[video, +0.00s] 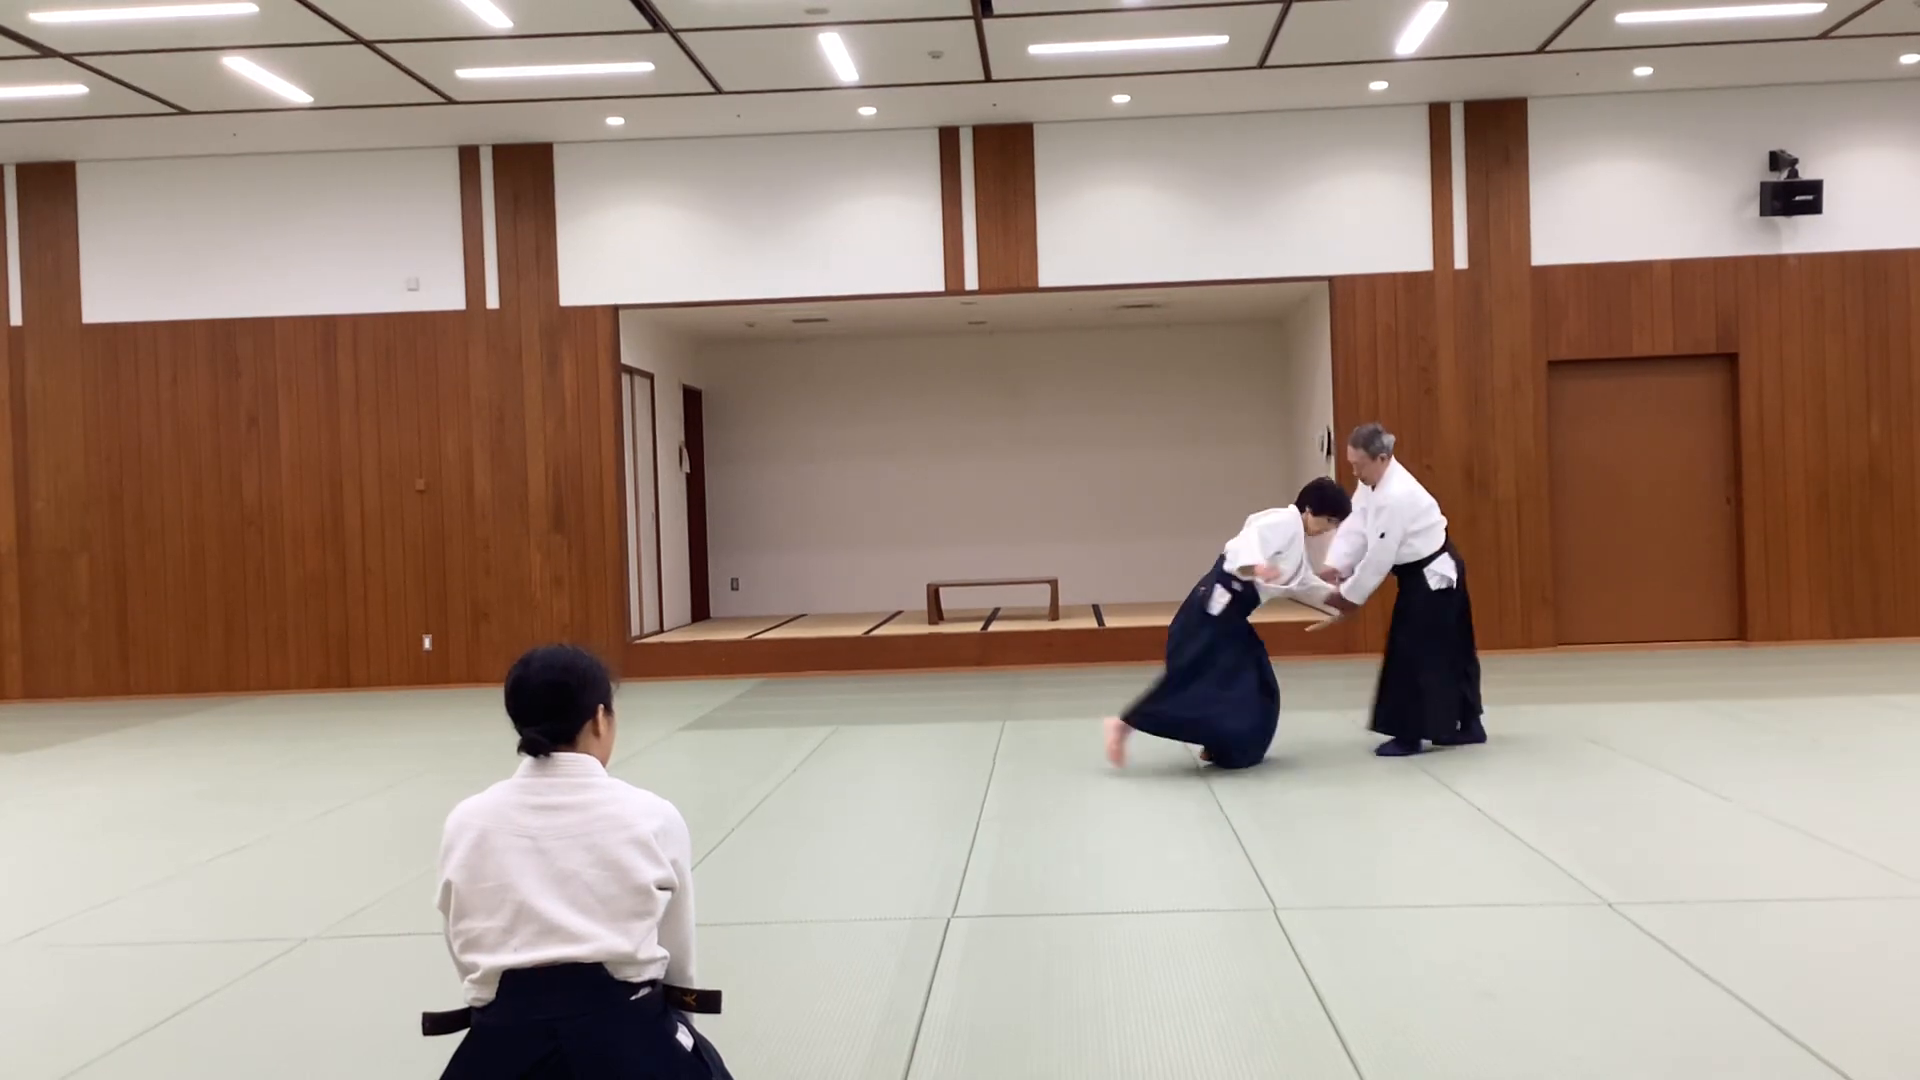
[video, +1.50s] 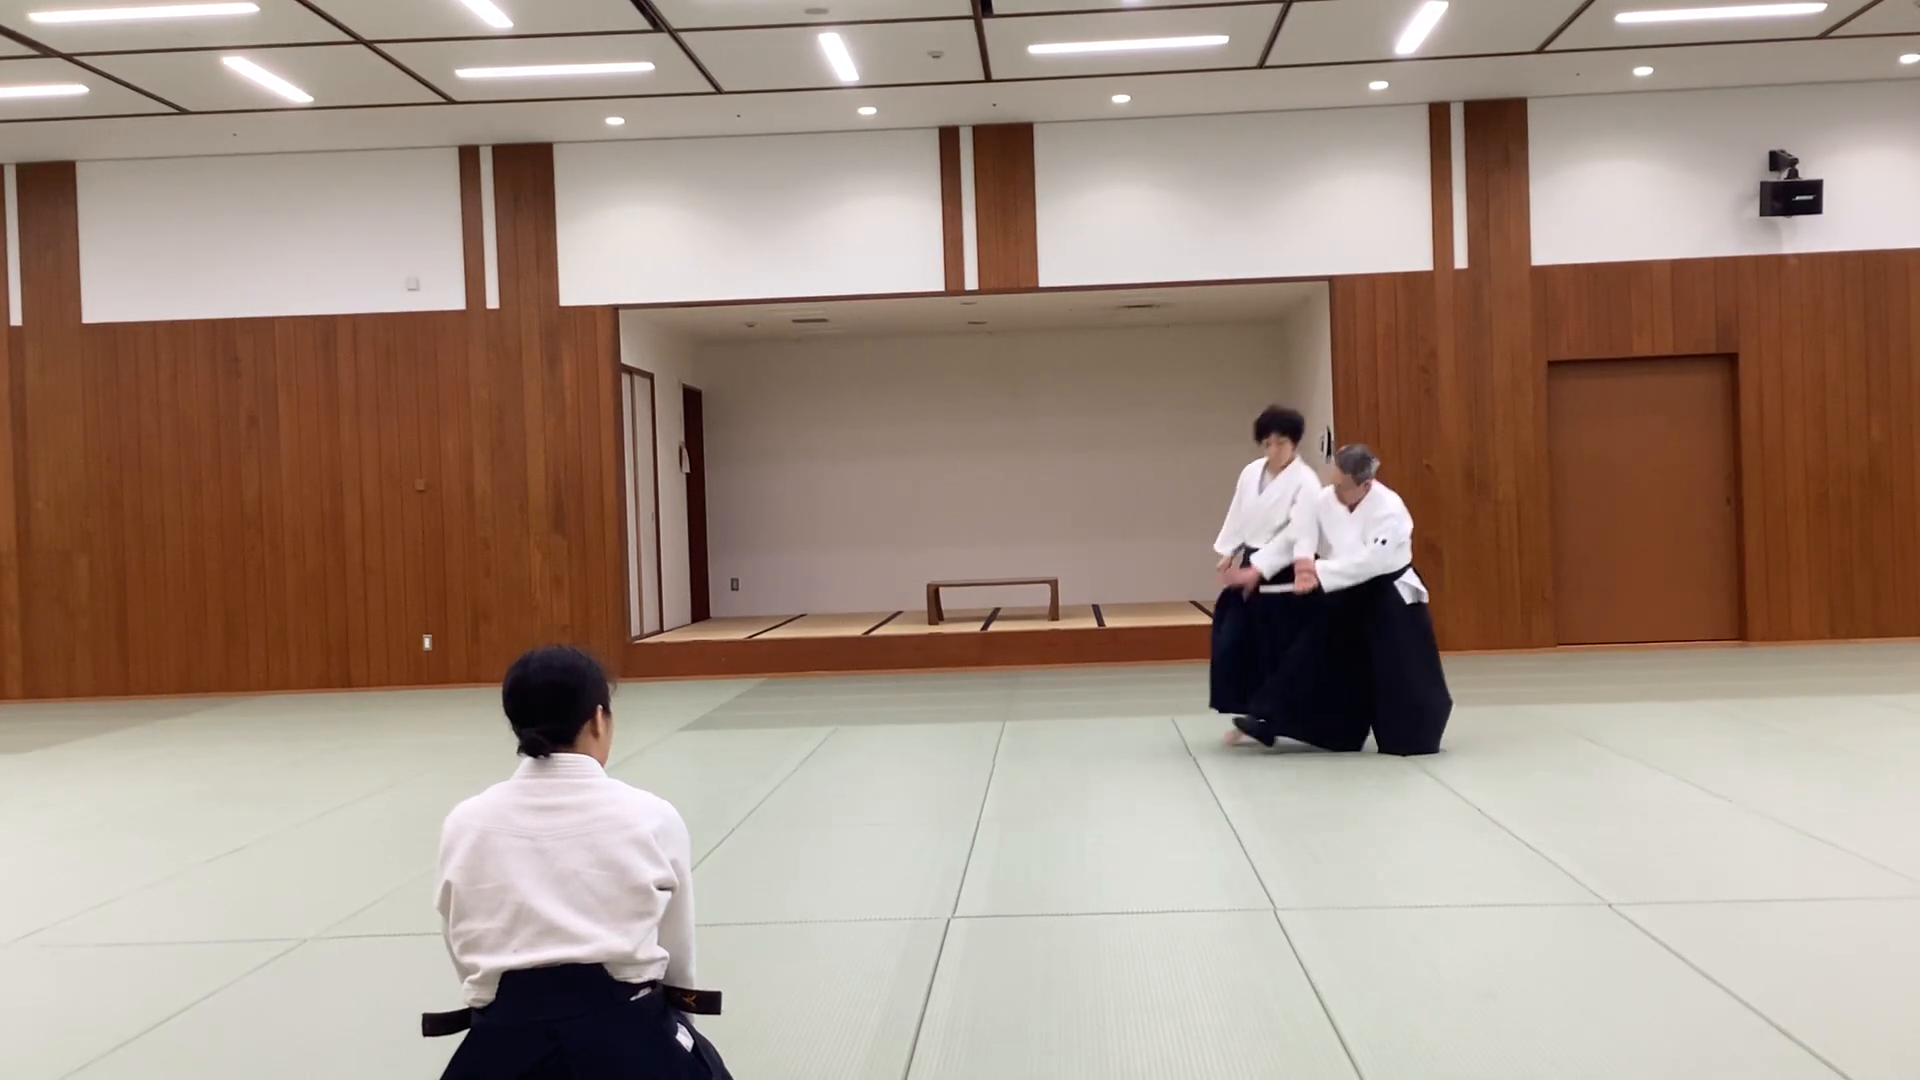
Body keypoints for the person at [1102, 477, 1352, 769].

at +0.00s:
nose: (1330, 530)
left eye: (1334, 525)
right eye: (1331, 523)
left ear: (1313, 512)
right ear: (1314, 512)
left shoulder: (1298, 538)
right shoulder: (1283, 520)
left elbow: (1298, 581)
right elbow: (1244, 542)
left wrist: (1331, 597)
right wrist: (1256, 565)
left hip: (1233, 614)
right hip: (1213, 605)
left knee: (1256, 683)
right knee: (1190, 676)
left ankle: (1219, 746)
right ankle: (1125, 724)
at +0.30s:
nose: (1299, 501)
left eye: (1304, 495)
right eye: (1295, 494)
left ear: (1308, 492)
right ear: (1276, 486)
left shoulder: (1303, 523)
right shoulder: (1237, 508)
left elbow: (1332, 556)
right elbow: (1208, 544)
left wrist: (1355, 582)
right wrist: (1195, 583)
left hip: (1275, 599)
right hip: (1233, 595)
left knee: (1268, 660)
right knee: (1225, 657)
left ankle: (1254, 727)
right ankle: (1235, 726)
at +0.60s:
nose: (1290, 452)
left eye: (1295, 445)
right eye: (1282, 446)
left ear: (1301, 444)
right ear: (1268, 445)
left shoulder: (1310, 477)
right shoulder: (1247, 474)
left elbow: (1334, 513)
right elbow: (1229, 512)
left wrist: (1350, 542)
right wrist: (1217, 549)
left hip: (1301, 569)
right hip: (1259, 570)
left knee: (1322, 642)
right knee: (1257, 644)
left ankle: (1335, 721)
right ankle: (1266, 723)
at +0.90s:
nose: (1297, 443)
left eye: (1302, 436)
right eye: (1290, 437)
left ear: (1308, 437)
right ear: (1275, 437)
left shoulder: (1321, 470)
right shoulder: (1255, 472)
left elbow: (1333, 500)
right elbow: (1237, 515)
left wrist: (1340, 516)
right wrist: (1222, 556)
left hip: (1310, 564)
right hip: (1269, 566)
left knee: (1324, 639)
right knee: (1278, 643)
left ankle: (1336, 721)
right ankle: (1290, 721)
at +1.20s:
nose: (1300, 436)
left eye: (1306, 429)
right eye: (1293, 430)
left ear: (1315, 431)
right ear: (1281, 431)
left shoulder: (1328, 465)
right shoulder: (1264, 465)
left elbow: (1337, 515)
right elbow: (1248, 507)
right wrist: (1234, 546)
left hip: (1312, 558)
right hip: (1269, 556)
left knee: (1319, 637)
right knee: (1279, 637)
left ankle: (1335, 722)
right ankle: (1290, 719)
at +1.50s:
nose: (1273, 451)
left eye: (1280, 444)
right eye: (1267, 444)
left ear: (1295, 444)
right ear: (1261, 443)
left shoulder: (1307, 482)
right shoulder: (1252, 472)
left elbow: (1296, 536)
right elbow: (1236, 515)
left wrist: (1257, 568)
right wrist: (1226, 556)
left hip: (1284, 571)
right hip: (1246, 565)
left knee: (1270, 642)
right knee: (1233, 636)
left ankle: (1262, 719)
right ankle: (1248, 717)